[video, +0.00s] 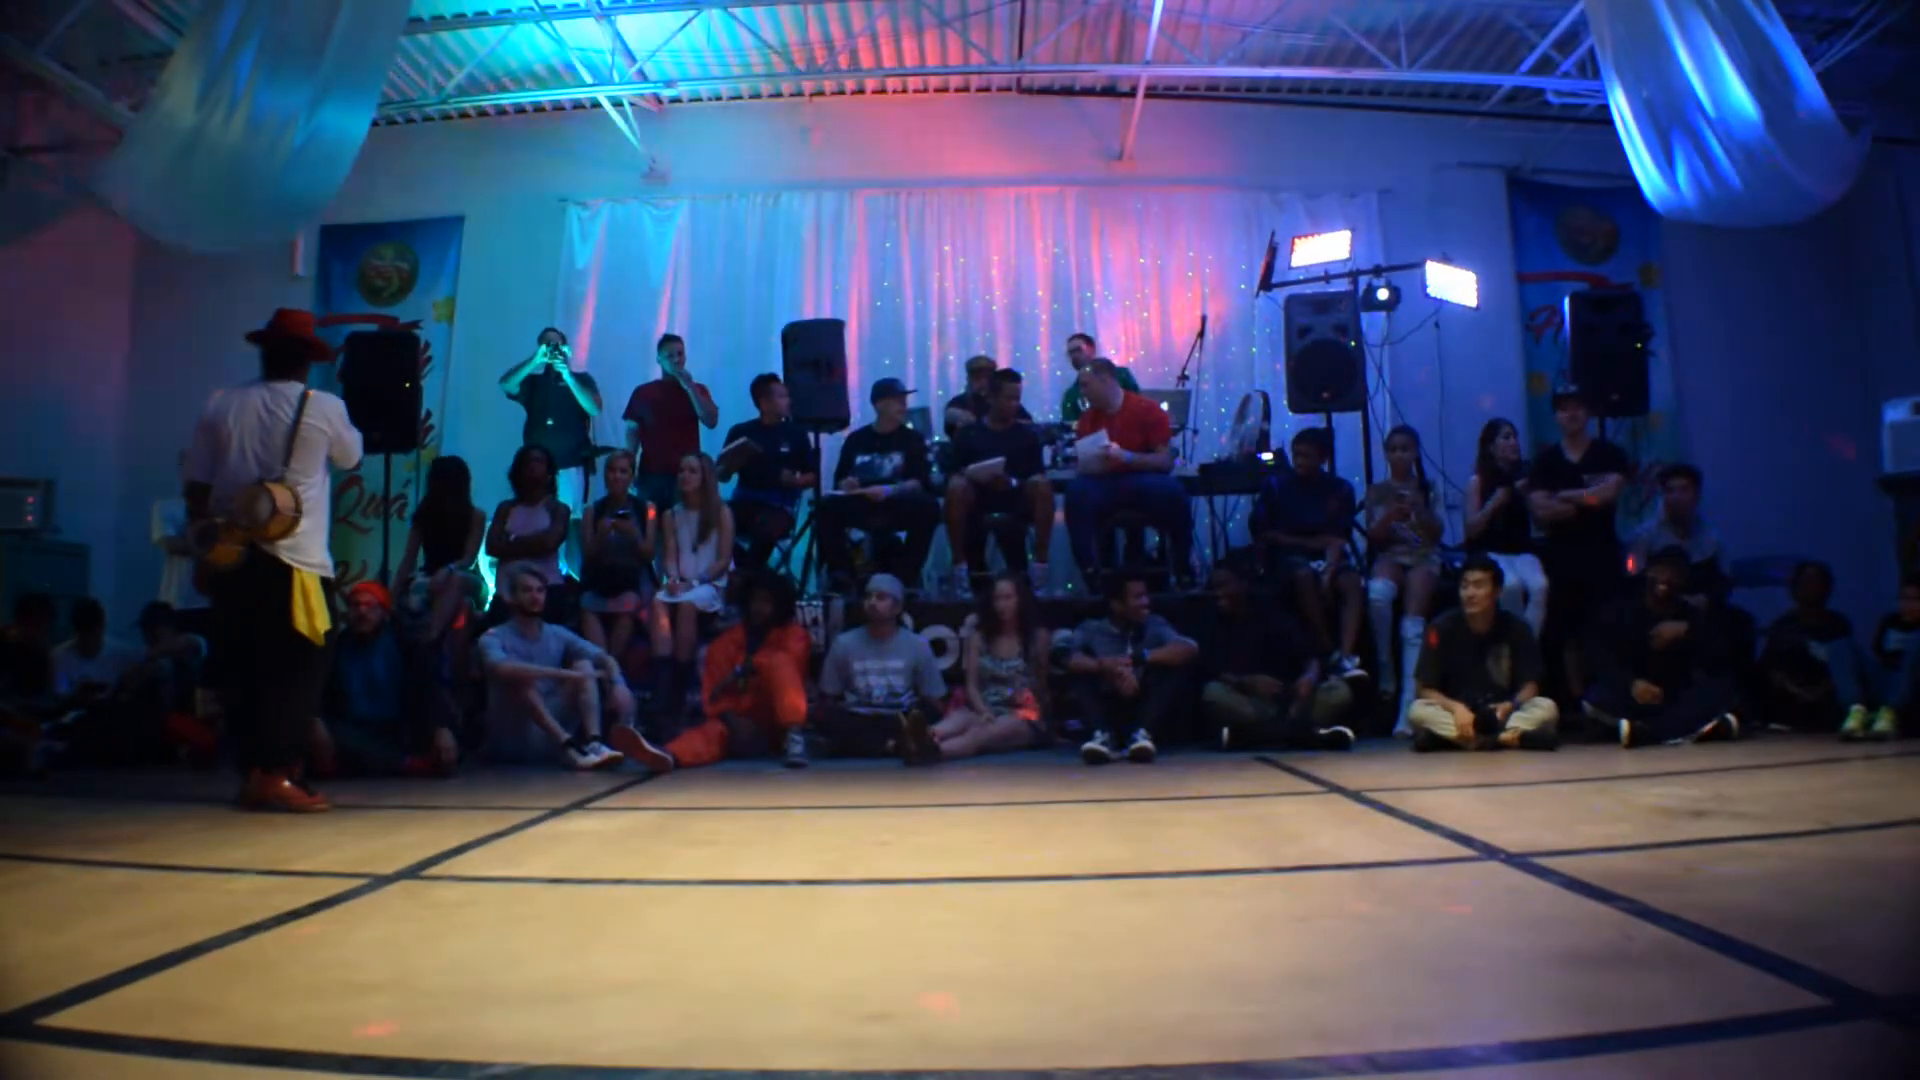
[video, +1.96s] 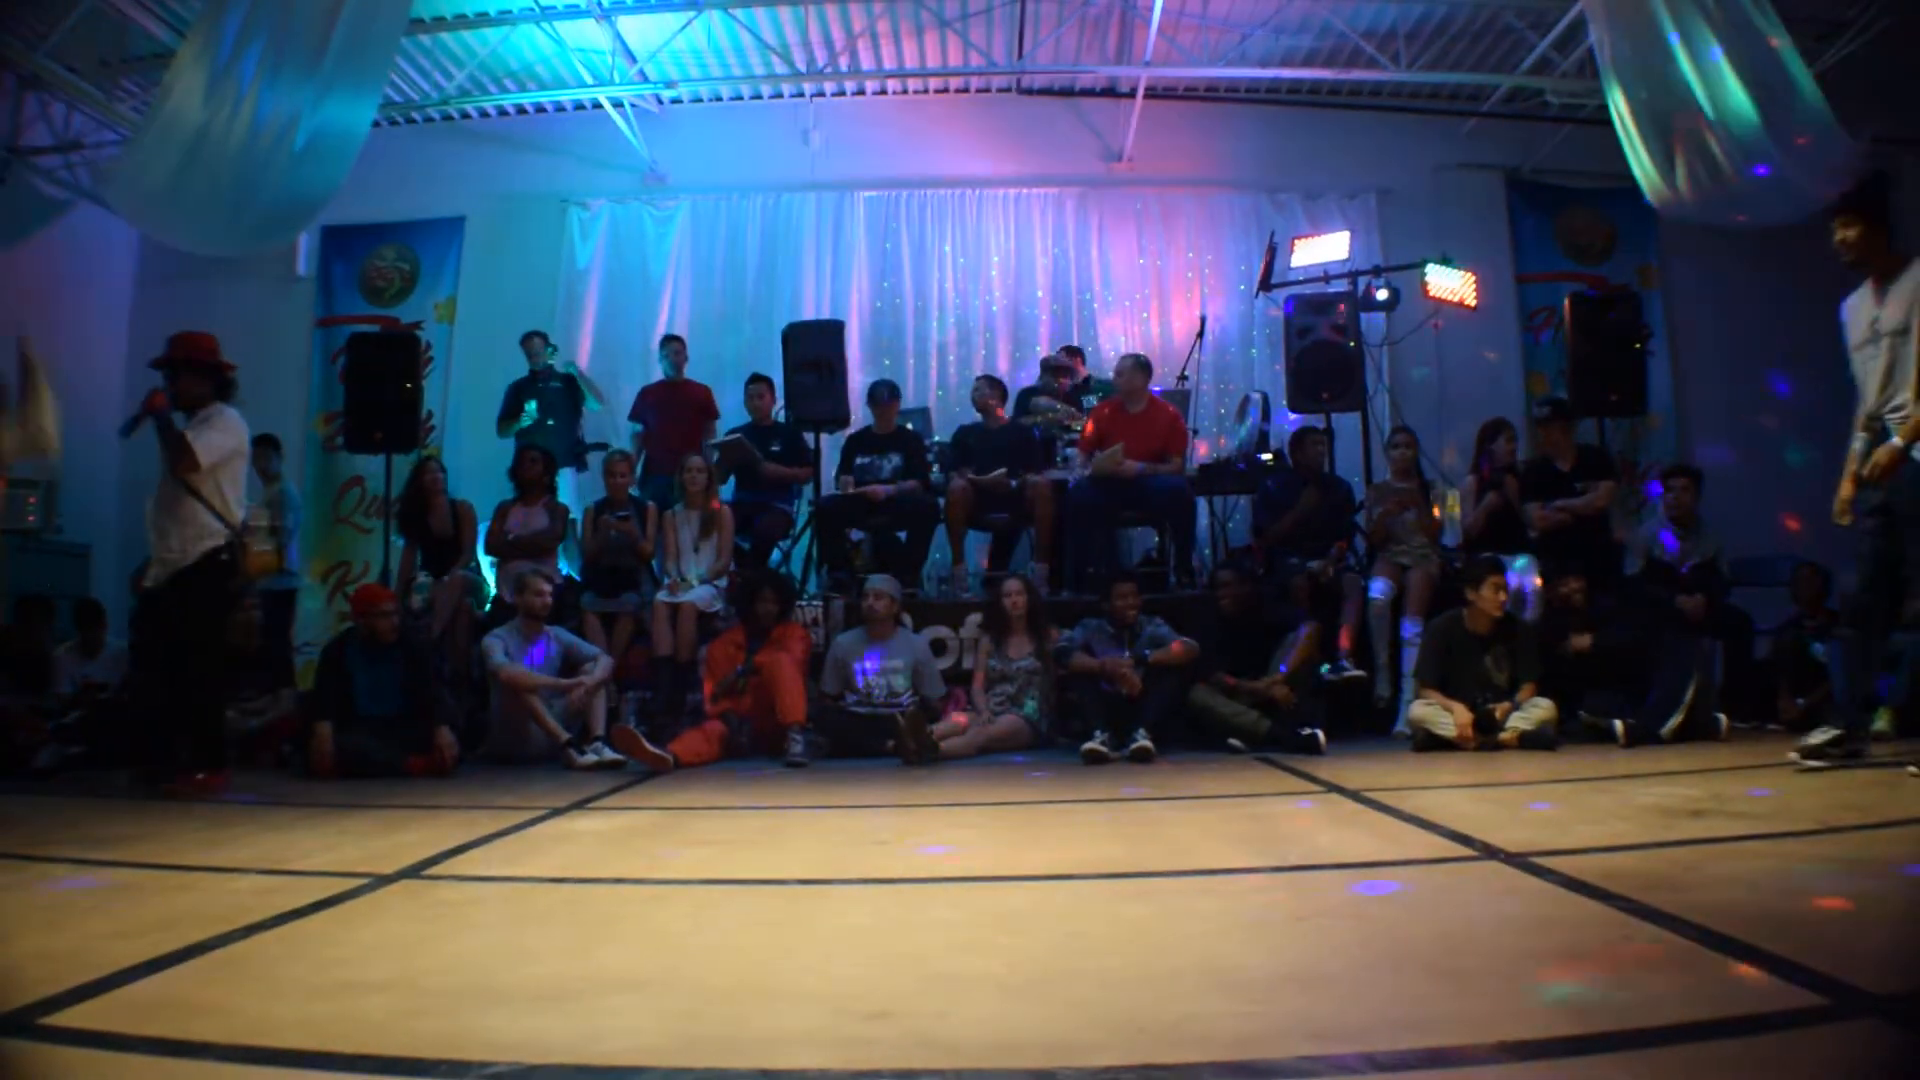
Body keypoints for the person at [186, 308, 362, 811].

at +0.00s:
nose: (311, 365)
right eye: (311, 359)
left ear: (263, 357)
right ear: (308, 361)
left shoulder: (223, 406)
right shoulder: (323, 408)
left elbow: (196, 482)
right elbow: (350, 458)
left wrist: (202, 535)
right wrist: (320, 416)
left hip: (234, 563)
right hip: (297, 568)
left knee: (244, 669)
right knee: (296, 673)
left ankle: (255, 775)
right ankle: (277, 776)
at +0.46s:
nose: (240, 368)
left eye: (239, 362)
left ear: (236, 365)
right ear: (286, 367)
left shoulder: (214, 412)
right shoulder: (313, 417)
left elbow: (182, 493)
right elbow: (325, 485)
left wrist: (173, 562)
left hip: (228, 564)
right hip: (289, 566)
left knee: (235, 670)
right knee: (287, 667)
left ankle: (256, 773)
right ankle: (293, 769)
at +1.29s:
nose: (219, 386)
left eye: (222, 378)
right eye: (219, 379)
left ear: (235, 378)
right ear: (270, 379)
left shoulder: (234, 416)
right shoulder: (292, 429)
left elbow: (205, 483)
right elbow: (297, 498)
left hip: (232, 561)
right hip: (278, 562)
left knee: (211, 660)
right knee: (272, 668)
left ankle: (214, 764)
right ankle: (272, 765)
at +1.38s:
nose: (210, 388)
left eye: (215, 379)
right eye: (211, 379)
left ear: (232, 378)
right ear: (261, 379)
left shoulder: (235, 416)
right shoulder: (284, 430)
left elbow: (207, 484)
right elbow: (282, 500)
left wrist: (242, 522)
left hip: (225, 564)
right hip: (268, 564)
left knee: (205, 665)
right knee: (269, 670)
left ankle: (207, 767)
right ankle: (273, 768)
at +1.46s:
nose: (204, 389)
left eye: (209, 380)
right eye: (204, 380)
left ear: (228, 380)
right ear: (251, 381)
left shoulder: (233, 418)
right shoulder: (271, 428)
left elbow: (207, 485)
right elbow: (270, 498)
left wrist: (178, 498)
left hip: (221, 564)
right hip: (259, 563)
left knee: (205, 667)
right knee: (265, 667)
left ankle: (207, 766)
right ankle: (272, 767)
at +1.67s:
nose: (189, 391)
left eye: (196, 381)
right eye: (189, 382)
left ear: (218, 382)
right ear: (223, 384)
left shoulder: (234, 422)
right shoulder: (229, 425)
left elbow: (205, 483)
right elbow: (207, 492)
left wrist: (168, 470)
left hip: (217, 565)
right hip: (210, 566)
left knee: (207, 667)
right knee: (208, 667)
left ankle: (211, 764)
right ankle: (213, 760)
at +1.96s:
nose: (172, 386)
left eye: (180, 377)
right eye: (171, 378)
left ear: (205, 379)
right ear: (180, 383)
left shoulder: (227, 422)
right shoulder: (190, 428)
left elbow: (185, 464)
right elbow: (181, 513)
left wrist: (162, 416)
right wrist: (155, 564)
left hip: (209, 567)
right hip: (176, 571)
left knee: (196, 670)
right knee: (160, 669)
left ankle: (203, 764)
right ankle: (166, 763)